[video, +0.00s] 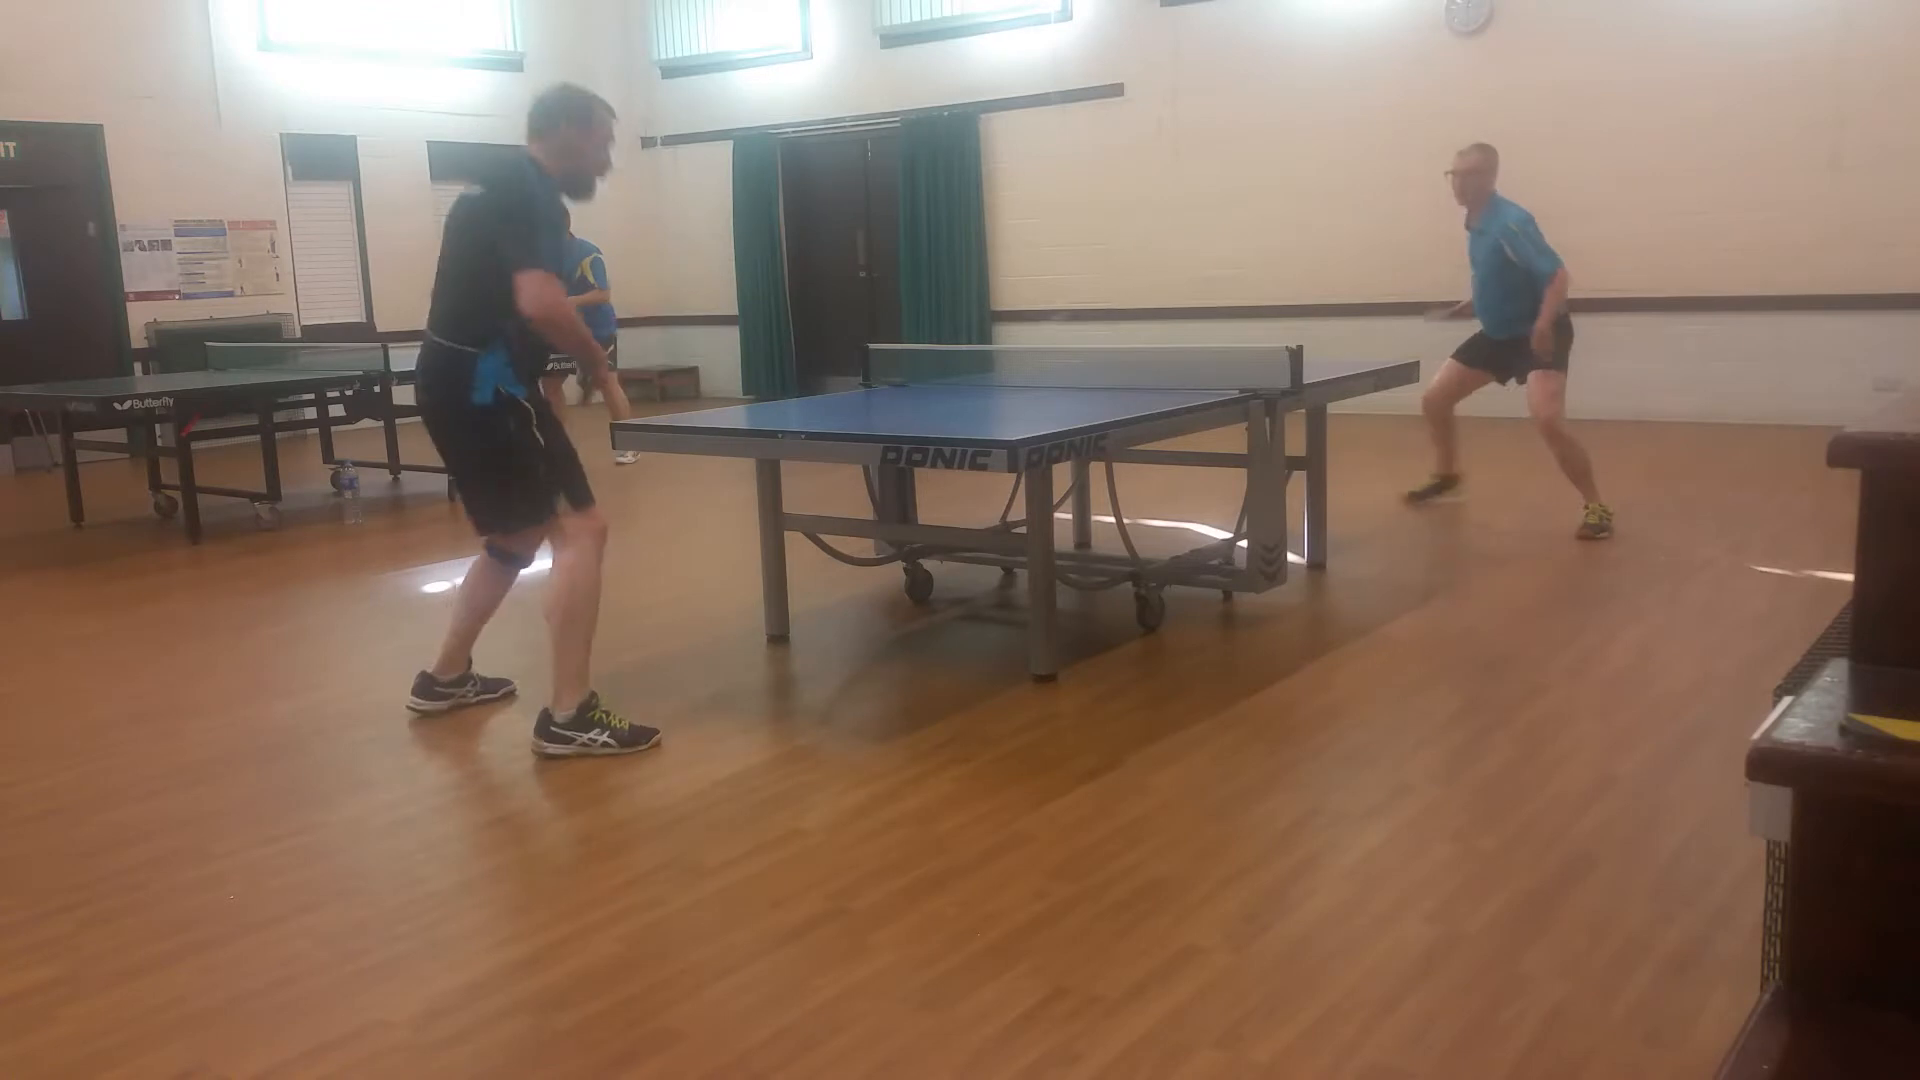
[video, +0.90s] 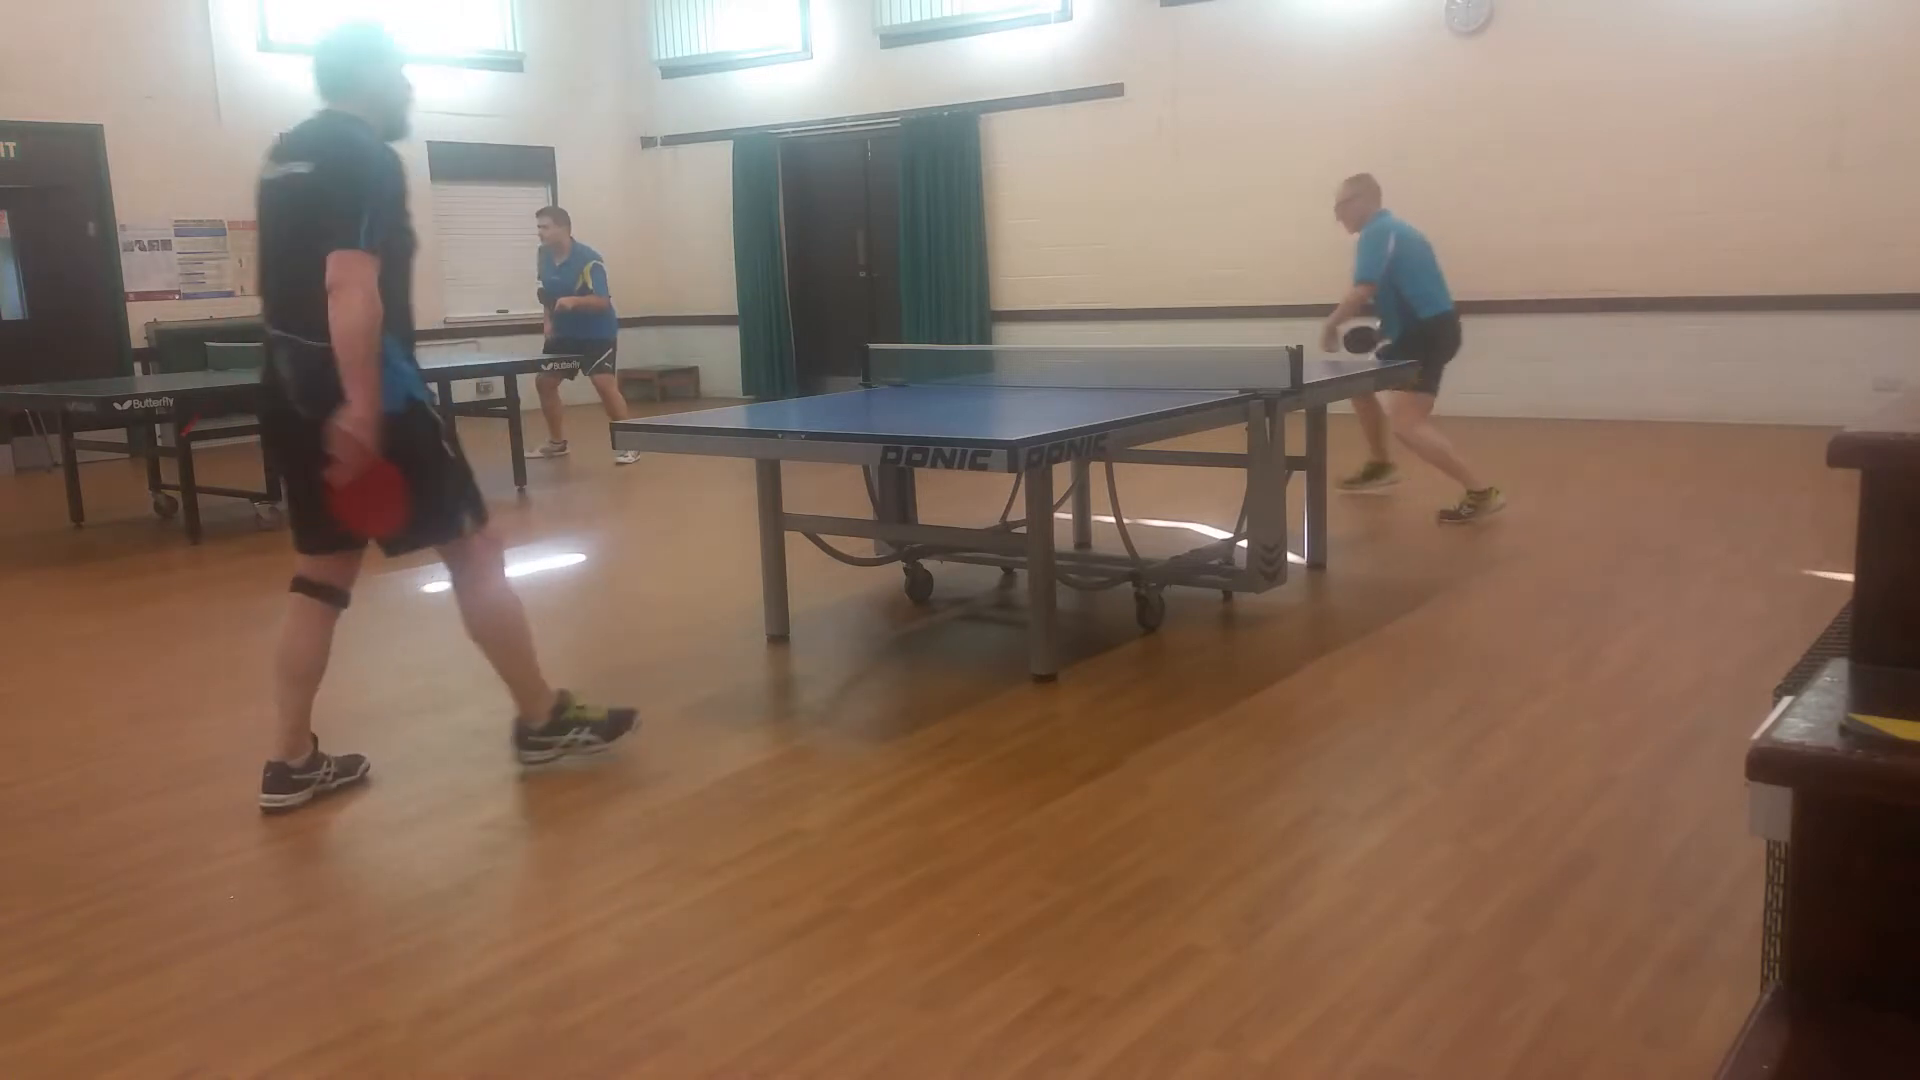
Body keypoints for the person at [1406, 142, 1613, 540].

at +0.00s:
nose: (1454, 183)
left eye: (1462, 176)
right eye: (1453, 176)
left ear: (1486, 179)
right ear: (1459, 179)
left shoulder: (1513, 223)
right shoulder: (1476, 220)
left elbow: (1559, 277)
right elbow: (1500, 277)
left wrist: (1544, 325)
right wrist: (1472, 306)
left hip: (1541, 333)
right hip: (1497, 335)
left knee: (1546, 419)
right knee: (1435, 400)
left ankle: (1595, 506)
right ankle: (1447, 475)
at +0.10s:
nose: (1450, 177)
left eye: (1459, 170)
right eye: (1447, 170)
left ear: (1481, 173)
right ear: (1447, 174)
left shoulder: (1504, 215)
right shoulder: (1465, 221)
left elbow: (1545, 269)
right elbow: (1471, 282)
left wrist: (1524, 316)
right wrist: (1434, 309)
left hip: (1532, 329)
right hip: (1490, 334)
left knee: (1543, 415)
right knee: (1448, 409)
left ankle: (1593, 504)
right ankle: (1477, 481)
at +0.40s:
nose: (1414, 156)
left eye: (1421, 148)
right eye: (1413, 149)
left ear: (1444, 149)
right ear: (1425, 153)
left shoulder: (1469, 188)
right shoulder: (1436, 199)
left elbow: (1500, 237)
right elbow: (1425, 266)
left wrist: (1473, 290)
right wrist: (1388, 287)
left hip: (1494, 305)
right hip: (1457, 310)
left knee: (1484, 405)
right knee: (1428, 391)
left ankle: (1549, 471)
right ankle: (1461, 469)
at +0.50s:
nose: (1403, 168)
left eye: (1411, 160)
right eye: (1401, 161)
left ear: (1432, 162)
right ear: (1403, 165)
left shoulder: (1453, 201)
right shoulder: (1428, 208)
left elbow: (1473, 256)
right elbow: (1427, 272)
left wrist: (1440, 306)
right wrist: (1388, 298)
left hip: (1484, 312)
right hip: (1454, 315)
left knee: (1484, 412)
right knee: (1412, 389)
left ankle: (1554, 475)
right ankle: (1414, 474)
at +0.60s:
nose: (1379, 183)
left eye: (1385, 175)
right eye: (1378, 176)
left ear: (1408, 174)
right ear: (1398, 177)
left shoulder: (1428, 212)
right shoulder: (1411, 216)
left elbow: (1440, 270)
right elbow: (1417, 282)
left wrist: (1405, 315)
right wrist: (1377, 310)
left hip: (1471, 318)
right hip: (1443, 320)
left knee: (1454, 421)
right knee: (1400, 393)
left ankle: (1535, 468)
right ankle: (1408, 477)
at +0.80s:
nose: (1348, 200)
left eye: (1354, 192)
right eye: (1348, 193)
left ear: (1376, 189)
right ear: (1376, 190)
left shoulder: (1396, 220)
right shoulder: (1389, 223)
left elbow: (1390, 282)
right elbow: (1397, 285)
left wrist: (1356, 319)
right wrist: (1376, 316)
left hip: (1450, 319)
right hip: (1430, 322)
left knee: (1412, 409)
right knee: (1378, 394)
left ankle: (1480, 491)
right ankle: (1404, 472)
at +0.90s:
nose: (1337, 214)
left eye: (1342, 206)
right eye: (1337, 207)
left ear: (1362, 203)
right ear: (1370, 204)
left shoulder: (1377, 233)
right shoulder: (1392, 230)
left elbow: (1362, 293)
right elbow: (1397, 296)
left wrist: (1332, 323)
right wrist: (1358, 309)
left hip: (1430, 330)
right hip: (1423, 328)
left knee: (1406, 424)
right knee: (1358, 383)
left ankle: (1480, 491)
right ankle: (1380, 464)